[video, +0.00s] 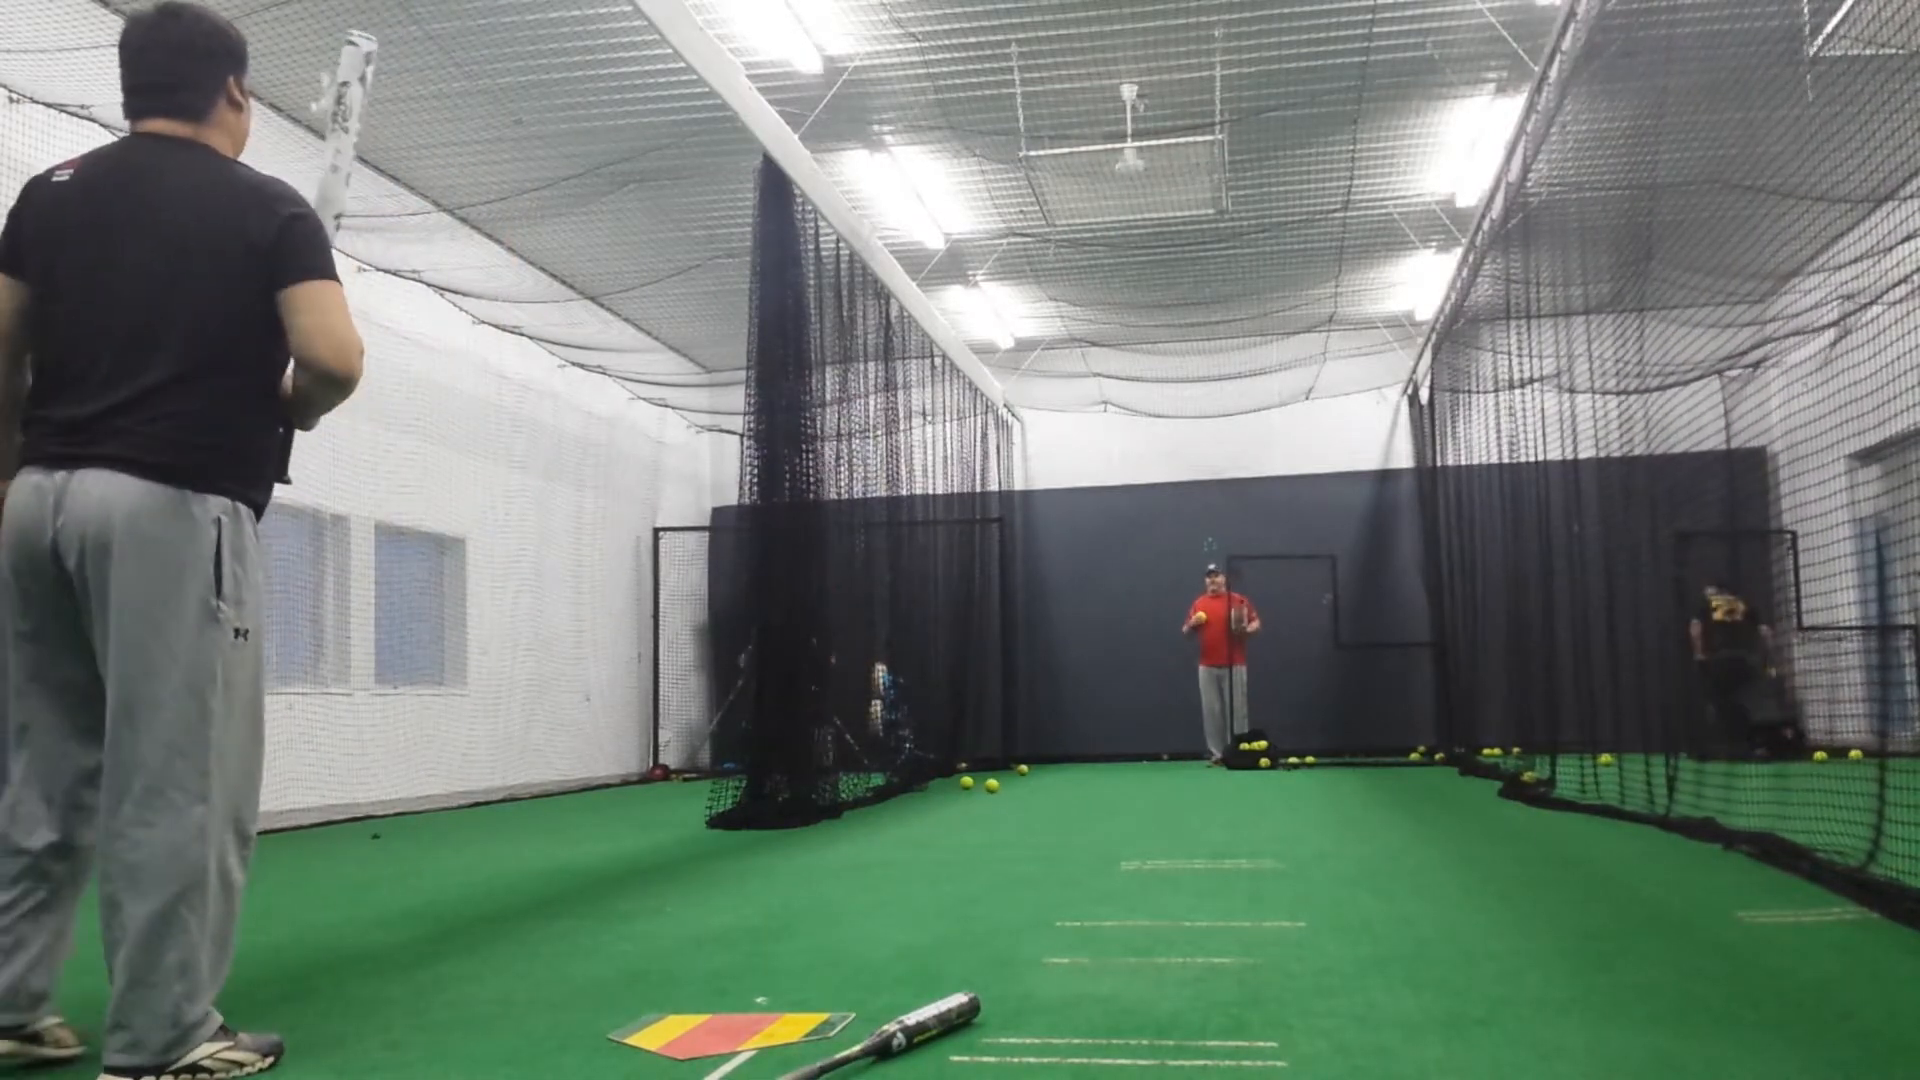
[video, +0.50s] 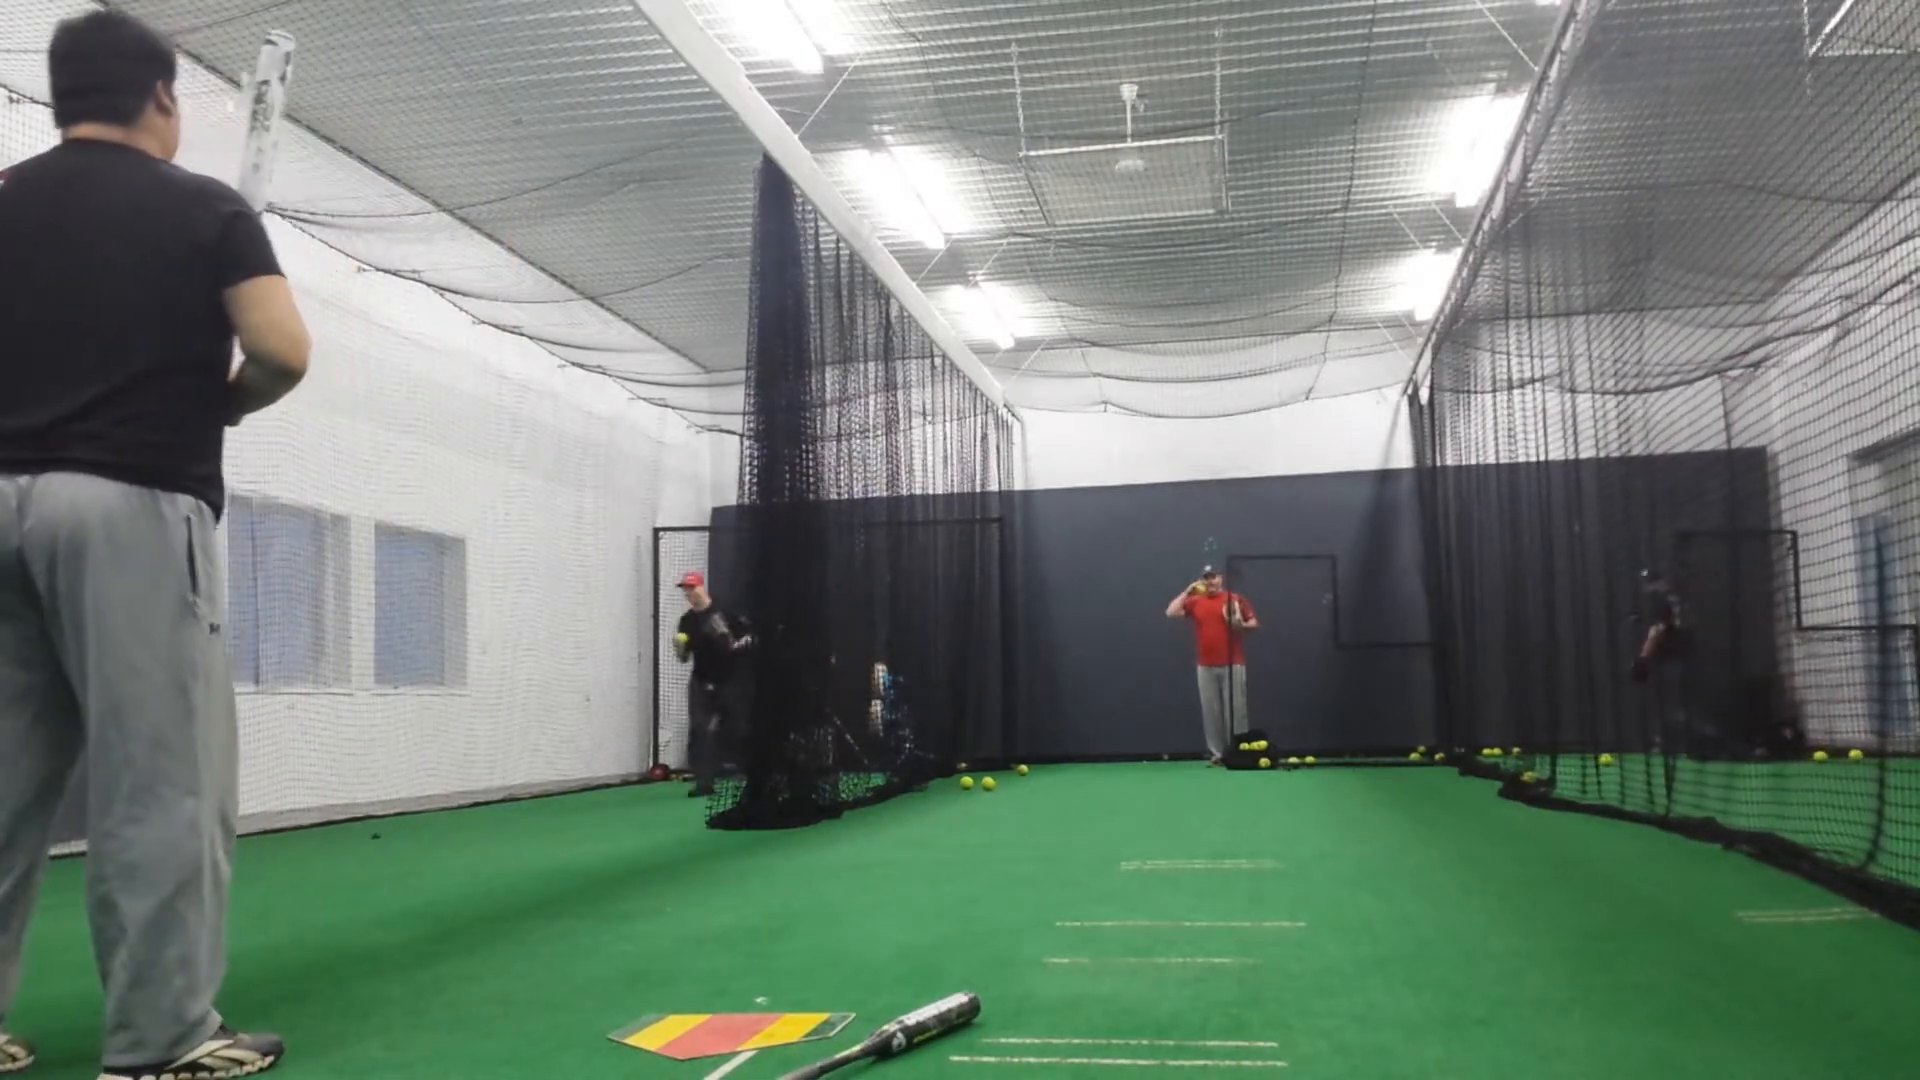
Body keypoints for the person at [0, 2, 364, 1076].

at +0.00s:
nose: (250, 112)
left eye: (246, 95)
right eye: (247, 95)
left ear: (133, 95)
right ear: (228, 95)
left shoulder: (45, 198)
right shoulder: (267, 209)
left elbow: (6, 348)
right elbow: (336, 362)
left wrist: (28, 445)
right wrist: (293, 405)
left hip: (37, 508)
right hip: (173, 518)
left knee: (41, 773)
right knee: (175, 780)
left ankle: (14, 1008)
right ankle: (163, 1033)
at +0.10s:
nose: (243, 113)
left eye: (237, 96)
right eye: (240, 96)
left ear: (127, 96)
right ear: (222, 96)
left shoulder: (38, 196)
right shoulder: (265, 208)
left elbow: (5, 348)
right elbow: (336, 361)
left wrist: (38, 427)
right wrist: (289, 397)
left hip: (31, 508)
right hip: (170, 517)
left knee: (28, 775)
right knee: (172, 781)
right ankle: (162, 1033)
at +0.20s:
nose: (236, 114)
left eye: (229, 97)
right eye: (233, 97)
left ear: (118, 97)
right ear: (212, 97)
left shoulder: (31, 195)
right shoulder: (258, 208)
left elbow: (7, 344)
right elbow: (335, 358)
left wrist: (47, 400)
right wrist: (288, 398)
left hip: (23, 507)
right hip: (162, 516)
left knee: (21, 781)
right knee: (169, 783)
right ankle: (162, 1033)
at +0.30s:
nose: (223, 115)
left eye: (217, 98)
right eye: (220, 98)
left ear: (106, 100)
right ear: (199, 97)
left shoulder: (23, 195)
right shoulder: (246, 208)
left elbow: (10, 341)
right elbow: (325, 355)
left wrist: (56, 386)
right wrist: (275, 397)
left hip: (19, 508)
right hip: (155, 516)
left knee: (20, 780)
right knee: (167, 782)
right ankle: (162, 1034)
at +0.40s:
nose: (207, 117)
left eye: (199, 100)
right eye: (205, 100)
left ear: (89, 102)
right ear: (186, 100)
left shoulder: (17, 196)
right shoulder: (232, 208)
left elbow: (21, 338)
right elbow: (309, 355)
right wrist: (243, 403)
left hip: (13, 508)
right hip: (147, 515)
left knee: (16, 785)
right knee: (163, 783)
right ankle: (162, 1034)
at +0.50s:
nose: (183, 118)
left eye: (176, 101)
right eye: (180, 101)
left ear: (60, 107)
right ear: (160, 101)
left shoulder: (7, 195)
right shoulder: (206, 206)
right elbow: (284, 351)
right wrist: (224, 402)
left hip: (7, 510)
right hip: (132, 514)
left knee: (11, 786)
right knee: (158, 781)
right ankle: (161, 1033)